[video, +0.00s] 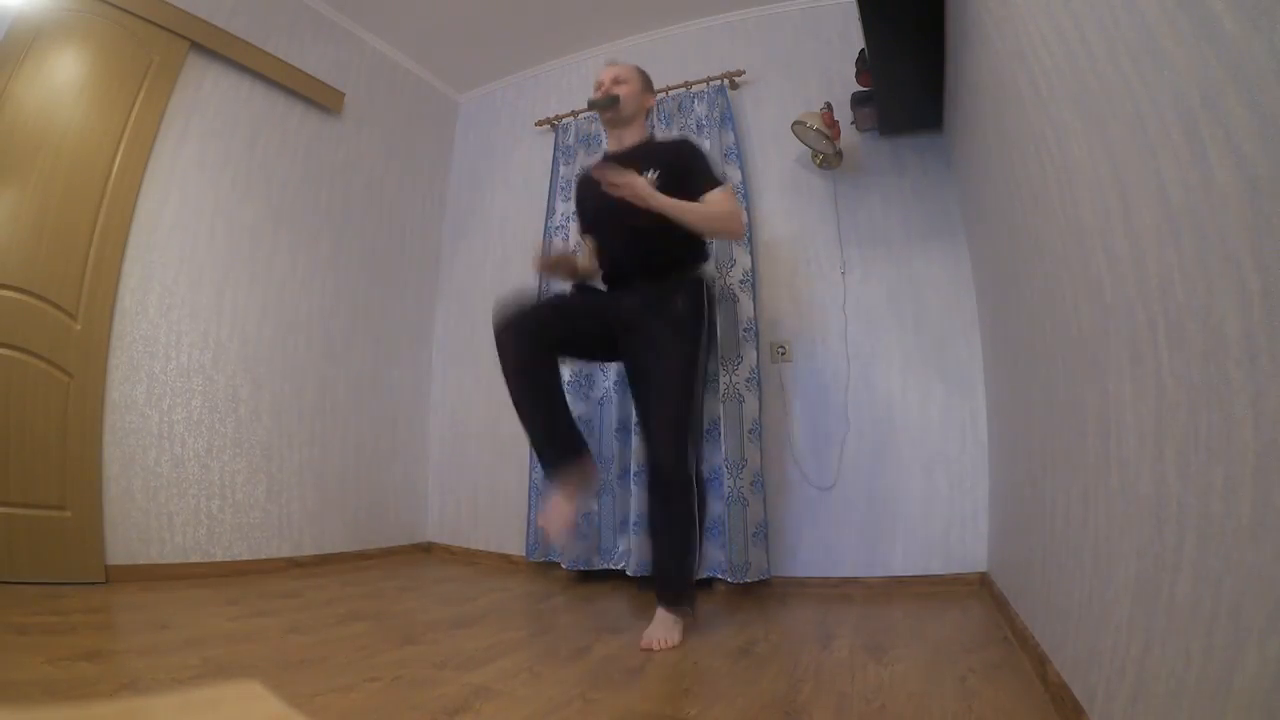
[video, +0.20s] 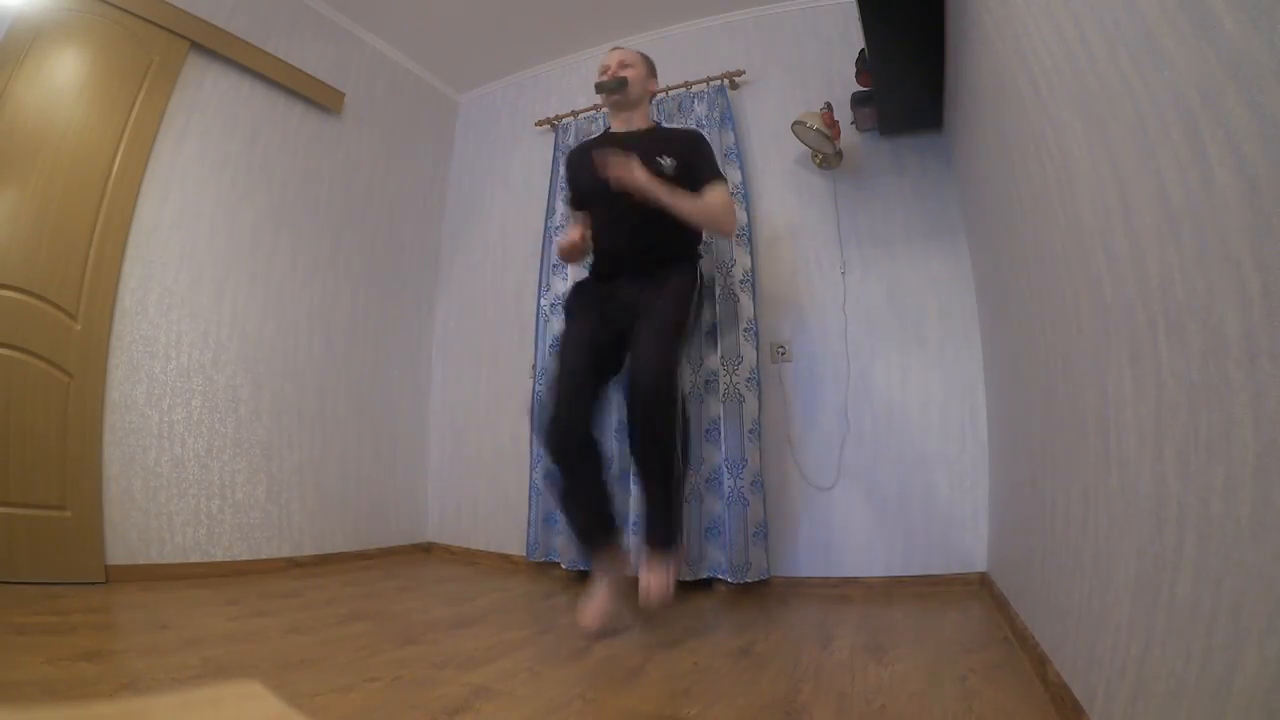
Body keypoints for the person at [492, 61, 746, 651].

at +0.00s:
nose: (607, 85)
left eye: (622, 80)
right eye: (600, 82)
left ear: (650, 101)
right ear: (595, 110)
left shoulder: (677, 155)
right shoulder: (592, 179)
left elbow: (733, 223)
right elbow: (595, 265)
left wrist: (653, 199)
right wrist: (565, 264)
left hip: (672, 310)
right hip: (613, 311)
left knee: (668, 455)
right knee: (519, 327)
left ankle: (673, 603)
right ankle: (570, 467)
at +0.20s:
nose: (613, 70)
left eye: (627, 64)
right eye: (605, 68)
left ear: (653, 86)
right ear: (596, 93)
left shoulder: (684, 143)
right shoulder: (584, 156)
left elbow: (724, 218)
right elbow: (579, 230)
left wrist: (650, 185)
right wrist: (572, 243)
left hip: (668, 283)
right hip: (602, 289)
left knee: (651, 389)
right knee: (564, 421)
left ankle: (660, 547)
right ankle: (607, 561)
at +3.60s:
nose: (579, 30)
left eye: (594, 22)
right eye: (572, 27)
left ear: (626, 44)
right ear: (565, 53)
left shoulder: (660, 107)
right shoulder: (554, 123)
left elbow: (706, 188)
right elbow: (551, 196)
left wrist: (613, 142)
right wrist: (542, 224)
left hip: (642, 268)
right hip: (570, 274)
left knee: (625, 396)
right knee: (535, 425)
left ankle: (638, 571)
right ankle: (581, 574)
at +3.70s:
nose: (581, 43)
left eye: (597, 36)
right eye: (573, 40)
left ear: (628, 61)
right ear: (565, 69)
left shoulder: (662, 139)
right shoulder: (543, 143)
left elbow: (703, 229)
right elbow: (500, 243)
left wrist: (652, 218)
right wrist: (491, 226)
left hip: (649, 284)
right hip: (574, 295)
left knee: (604, 248)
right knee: (589, 455)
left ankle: (637, 444)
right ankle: (615, 606)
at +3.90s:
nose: (568, 32)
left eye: (583, 23)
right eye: (562, 29)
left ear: (618, 45)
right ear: (557, 56)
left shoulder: (655, 104)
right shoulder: (553, 132)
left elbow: (722, 180)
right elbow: (552, 228)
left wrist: (652, 184)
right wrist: (525, 209)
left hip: (652, 271)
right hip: (584, 275)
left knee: (632, 411)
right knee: (500, 375)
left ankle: (644, 586)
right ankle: (562, 525)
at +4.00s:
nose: (572, 49)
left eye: (588, 41)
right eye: (565, 45)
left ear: (622, 65)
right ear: (559, 74)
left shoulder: (650, 124)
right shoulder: (565, 154)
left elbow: (706, 198)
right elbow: (587, 246)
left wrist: (603, 151)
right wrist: (543, 265)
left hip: (647, 309)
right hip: (581, 300)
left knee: (647, 471)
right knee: (462, 283)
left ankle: (650, 625)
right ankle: (536, 439)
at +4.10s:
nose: (573, 35)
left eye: (591, 29)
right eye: (566, 31)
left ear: (623, 54)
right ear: (559, 60)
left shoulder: (653, 109)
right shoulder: (556, 138)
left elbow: (706, 171)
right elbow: (572, 209)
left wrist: (615, 115)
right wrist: (559, 236)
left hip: (647, 289)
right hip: (577, 285)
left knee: (641, 436)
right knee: (481, 346)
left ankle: (648, 612)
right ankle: (550, 498)